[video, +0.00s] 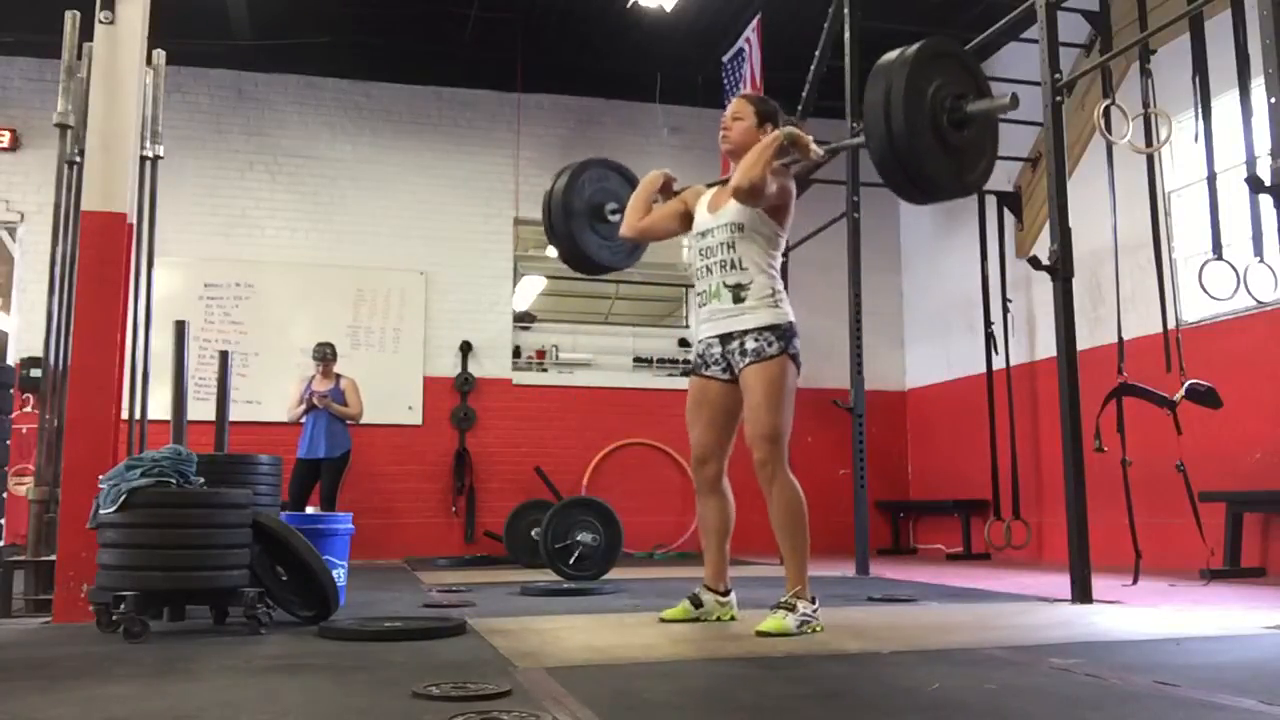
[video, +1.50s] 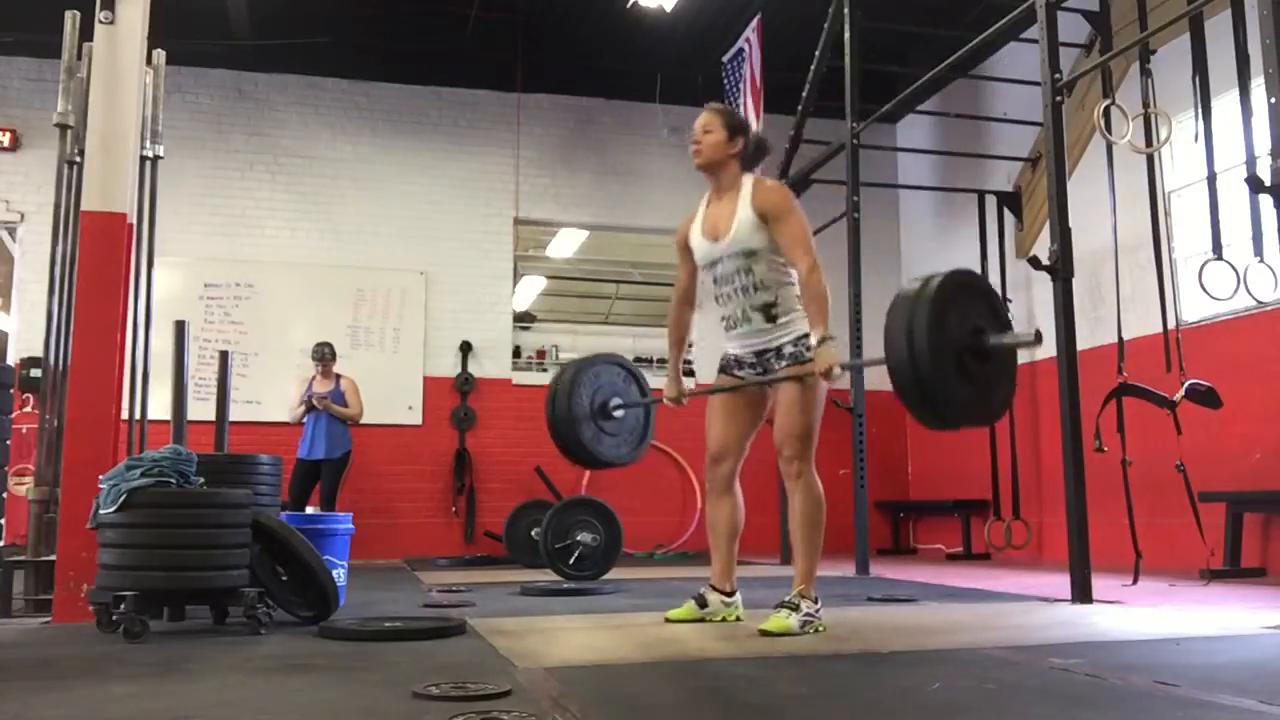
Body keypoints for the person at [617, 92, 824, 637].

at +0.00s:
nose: (724, 125)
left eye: (736, 118)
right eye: (724, 118)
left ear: (766, 135)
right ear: (725, 132)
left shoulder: (778, 184)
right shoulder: (697, 197)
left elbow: (743, 185)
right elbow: (632, 227)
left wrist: (779, 137)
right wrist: (655, 179)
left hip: (764, 336)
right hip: (711, 343)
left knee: (769, 462)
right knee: (705, 465)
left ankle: (800, 600)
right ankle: (716, 592)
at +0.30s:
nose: (722, 151)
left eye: (734, 145)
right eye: (722, 145)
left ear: (762, 160)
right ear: (722, 159)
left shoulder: (775, 215)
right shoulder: (697, 226)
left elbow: (749, 229)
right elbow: (632, 262)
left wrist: (775, 176)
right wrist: (653, 209)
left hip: (761, 361)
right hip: (707, 368)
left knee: (743, 474)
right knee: (661, 478)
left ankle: (797, 601)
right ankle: (712, 592)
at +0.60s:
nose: (738, 111)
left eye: (752, 107)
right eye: (738, 106)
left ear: (776, 127)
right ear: (735, 128)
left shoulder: (779, 175)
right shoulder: (707, 192)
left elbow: (810, 205)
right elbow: (656, 247)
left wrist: (809, 133)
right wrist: (652, 185)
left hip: (763, 324)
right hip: (709, 332)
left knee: (774, 453)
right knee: (704, 458)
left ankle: (802, 595)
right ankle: (715, 586)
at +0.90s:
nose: (752, 128)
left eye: (764, 123)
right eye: (750, 123)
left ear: (789, 139)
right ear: (745, 139)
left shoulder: (800, 183)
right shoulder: (727, 197)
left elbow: (872, 191)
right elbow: (699, 227)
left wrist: (831, 176)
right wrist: (663, 222)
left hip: (779, 332)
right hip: (726, 339)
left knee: (785, 459)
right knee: (716, 463)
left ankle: (803, 598)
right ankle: (722, 592)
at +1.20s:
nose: (699, 137)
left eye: (711, 130)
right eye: (698, 130)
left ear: (740, 141)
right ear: (698, 145)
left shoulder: (765, 193)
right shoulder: (693, 220)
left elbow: (813, 259)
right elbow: (680, 297)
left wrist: (825, 337)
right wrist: (675, 366)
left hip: (792, 344)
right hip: (738, 352)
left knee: (795, 465)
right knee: (718, 467)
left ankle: (804, 598)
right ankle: (722, 593)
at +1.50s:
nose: (693, 140)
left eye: (705, 133)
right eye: (693, 133)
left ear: (735, 143)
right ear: (697, 148)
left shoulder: (769, 196)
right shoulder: (692, 227)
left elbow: (809, 267)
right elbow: (684, 301)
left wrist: (821, 338)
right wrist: (674, 367)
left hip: (793, 347)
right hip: (739, 355)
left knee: (795, 464)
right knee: (719, 467)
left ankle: (804, 598)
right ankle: (722, 593)